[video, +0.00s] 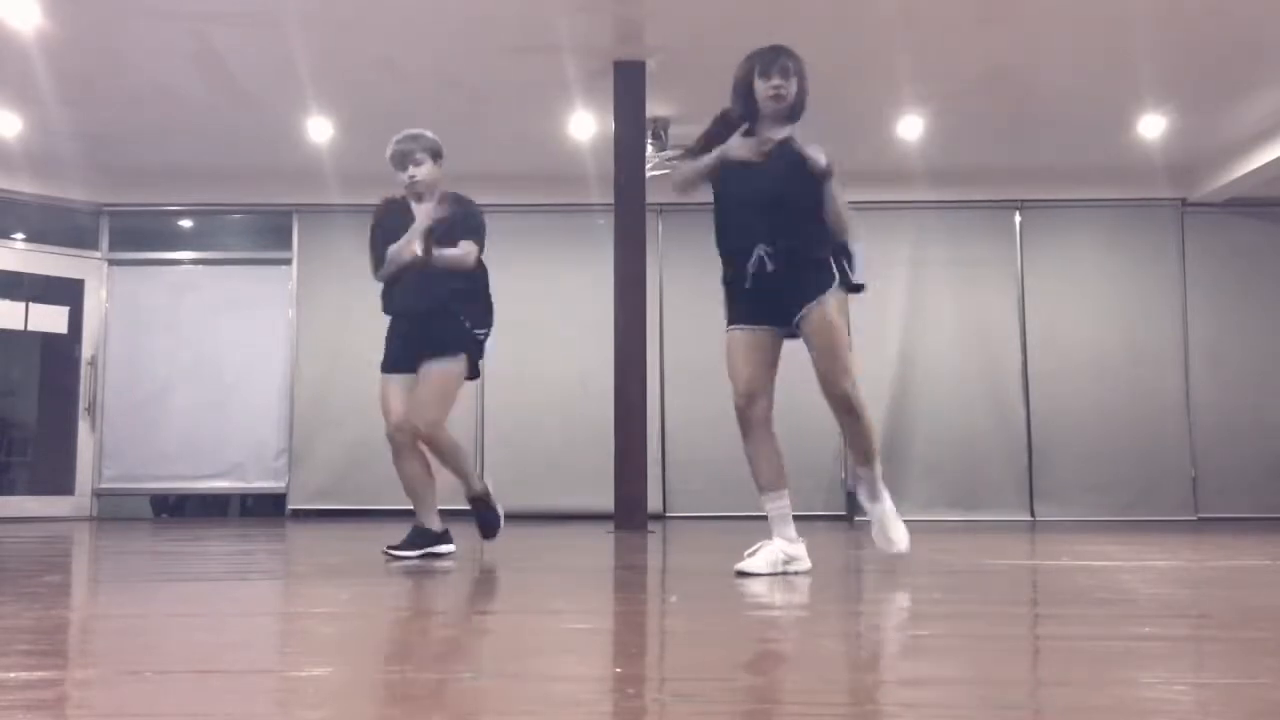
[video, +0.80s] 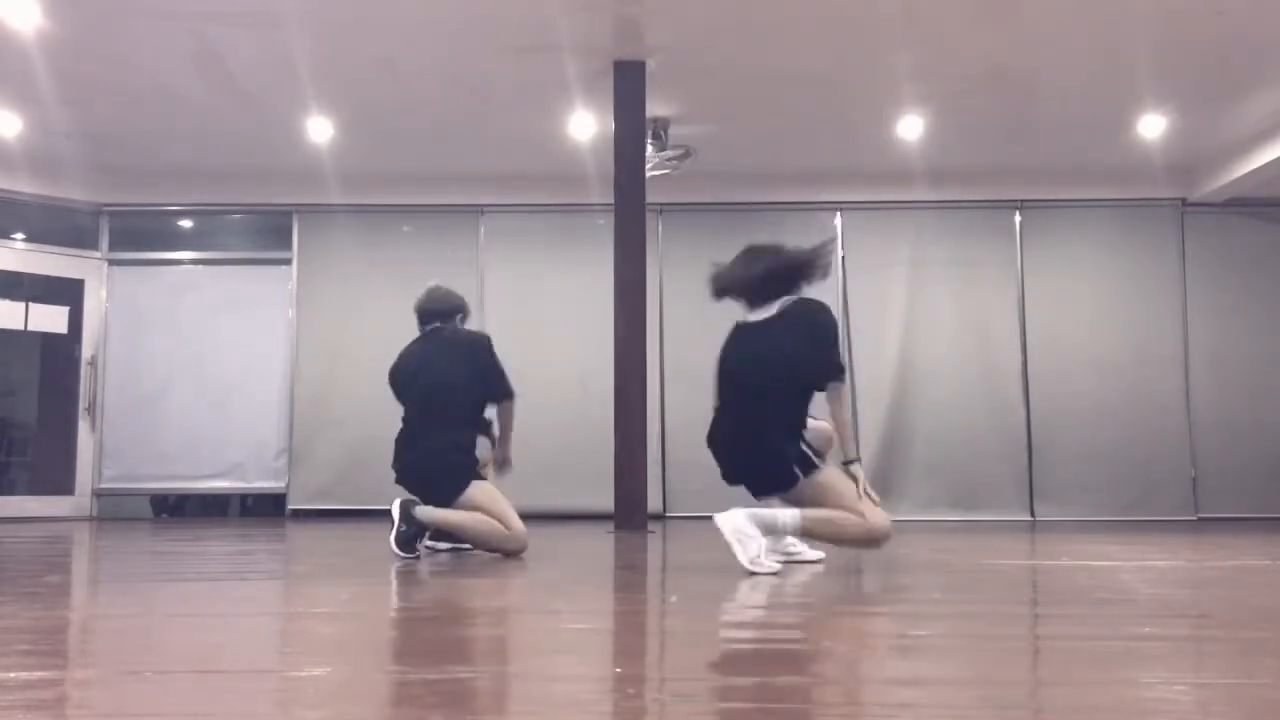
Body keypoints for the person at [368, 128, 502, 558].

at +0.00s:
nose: (411, 171)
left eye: (419, 162)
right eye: (403, 165)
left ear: (438, 164)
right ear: (396, 173)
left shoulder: (461, 207)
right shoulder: (389, 213)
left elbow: (468, 256)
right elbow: (385, 268)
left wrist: (422, 254)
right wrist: (419, 224)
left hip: (452, 325)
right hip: (404, 327)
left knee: (424, 424)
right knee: (397, 428)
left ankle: (476, 490)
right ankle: (430, 528)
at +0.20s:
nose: (419, 188)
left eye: (428, 181)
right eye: (411, 183)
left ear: (447, 191)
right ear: (404, 195)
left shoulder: (463, 222)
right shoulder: (391, 243)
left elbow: (480, 259)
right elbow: (371, 304)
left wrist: (437, 225)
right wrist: (395, 280)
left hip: (459, 349)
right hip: (408, 351)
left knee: (463, 456)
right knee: (415, 437)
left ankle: (455, 513)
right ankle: (420, 528)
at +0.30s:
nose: (409, 208)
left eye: (420, 201)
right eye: (403, 204)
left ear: (441, 211)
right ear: (398, 217)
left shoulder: (467, 245)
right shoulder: (391, 268)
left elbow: (513, 280)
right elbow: (374, 321)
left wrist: (472, 272)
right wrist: (401, 345)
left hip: (459, 373)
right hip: (409, 374)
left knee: (490, 468)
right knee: (404, 442)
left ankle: (449, 519)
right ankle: (422, 529)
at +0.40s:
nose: (423, 250)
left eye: (422, 239)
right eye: (412, 249)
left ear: (439, 235)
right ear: (409, 261)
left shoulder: (477, 277)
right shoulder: (410, 297)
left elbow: (483, 318)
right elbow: (376, 344)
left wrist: (495, 342)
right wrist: (409, 387)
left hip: (461, 402)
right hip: (414, 399)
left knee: (513, 464)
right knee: (406, 446)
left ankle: (453, 521)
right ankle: (423, 528)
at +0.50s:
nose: (456, 285)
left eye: (454, 275)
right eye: (444, 283)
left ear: (458, 271)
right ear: (431, 290)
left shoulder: (459, 314)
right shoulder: (445, 323)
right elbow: (433, 383)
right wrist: (463, 431)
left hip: (456, 417)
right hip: (417, 419)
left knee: (511, 461)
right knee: (452, 455)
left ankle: (450, 524)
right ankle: (401, 525)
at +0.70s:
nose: (480, 325)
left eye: (481, 318)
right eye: (478, 319)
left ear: (436, 316)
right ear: (460, 318)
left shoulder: (407, 353)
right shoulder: (477, 352)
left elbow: (388, 408)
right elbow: (494, 420)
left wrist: (437, 417)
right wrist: (509, 466)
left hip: (404, 460)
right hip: (443, 463)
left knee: (494, 455)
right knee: (515, 526)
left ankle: (447, 528)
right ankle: (411, 513)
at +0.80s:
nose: (464, 324)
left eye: (462, 319)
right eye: (463, 319)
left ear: (421, 322)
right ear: (458, 318)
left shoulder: (404, 359)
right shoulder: (475, 344)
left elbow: (433, 410)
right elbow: (505, 398)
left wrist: (487, 431)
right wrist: (504, 448)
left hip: (408, 465)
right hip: (448, 465)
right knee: (516, 538)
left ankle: (447, 530)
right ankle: (417, 513)